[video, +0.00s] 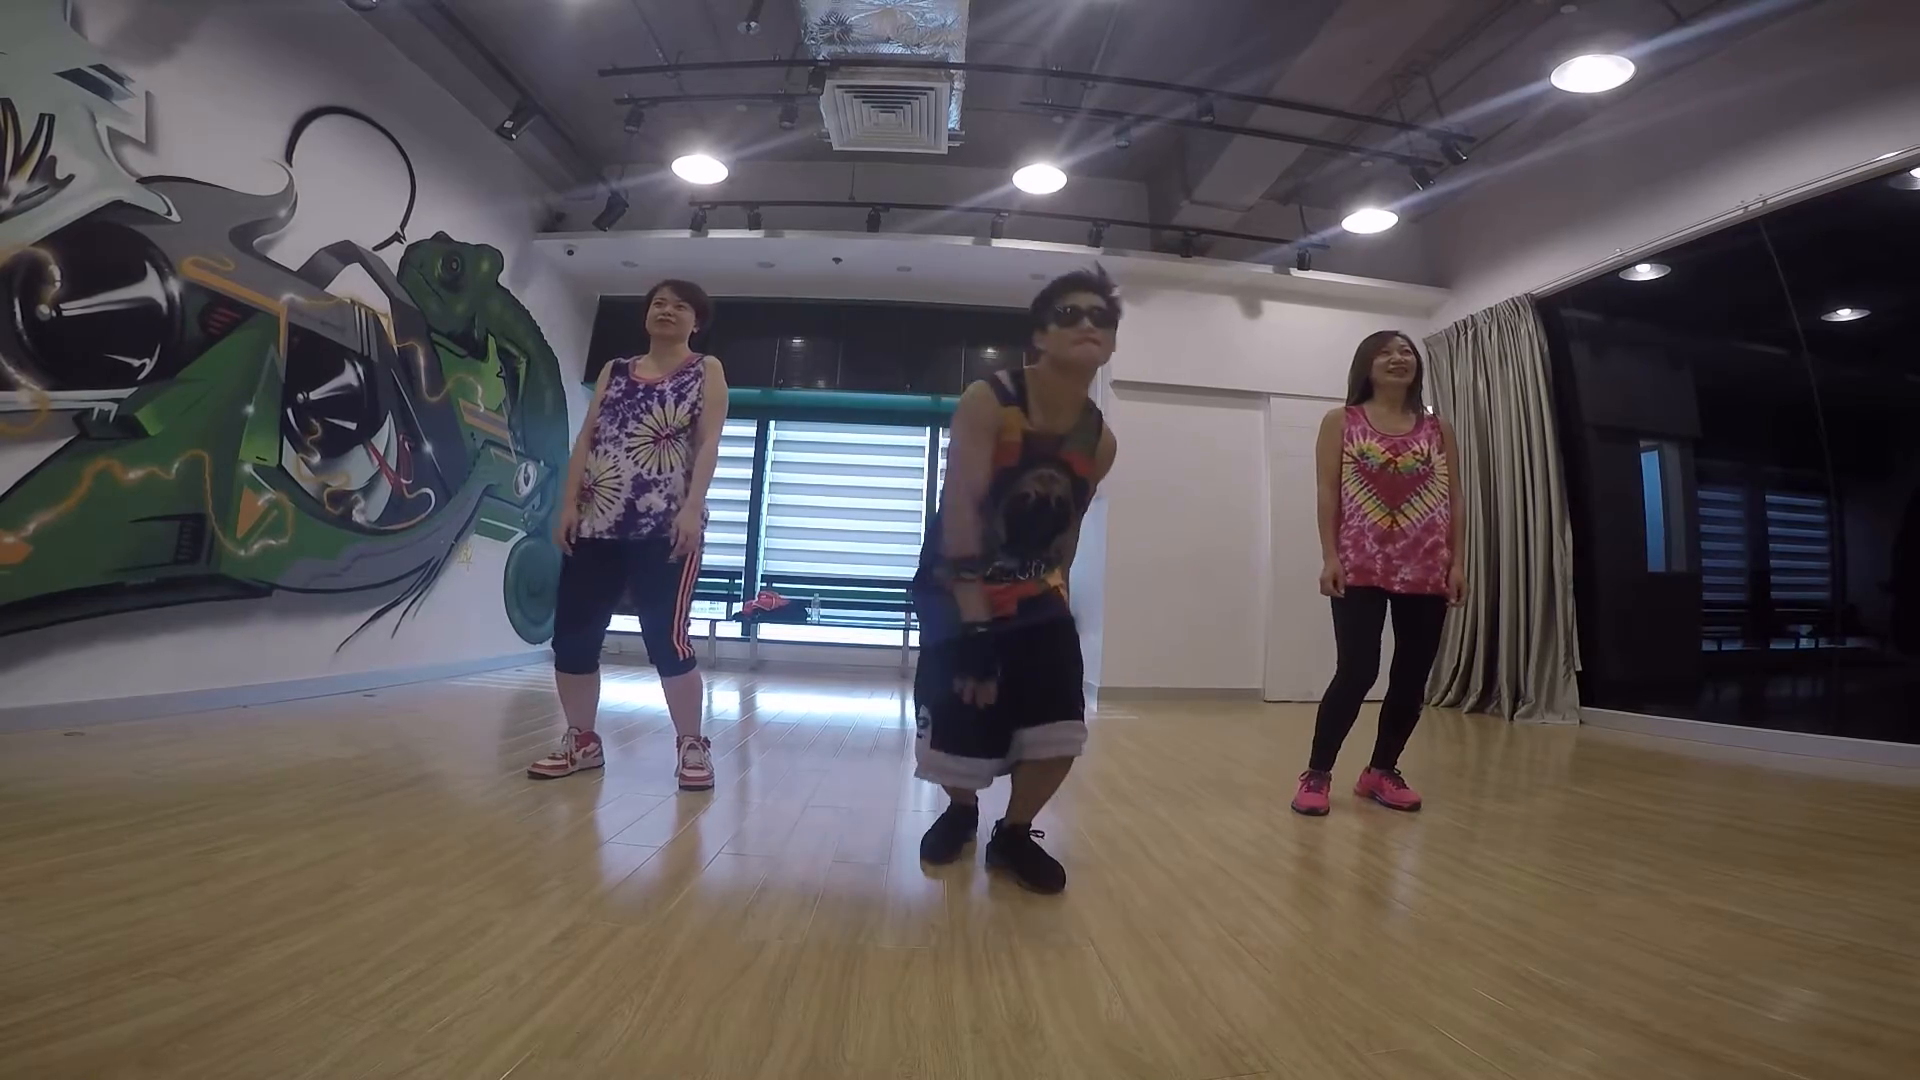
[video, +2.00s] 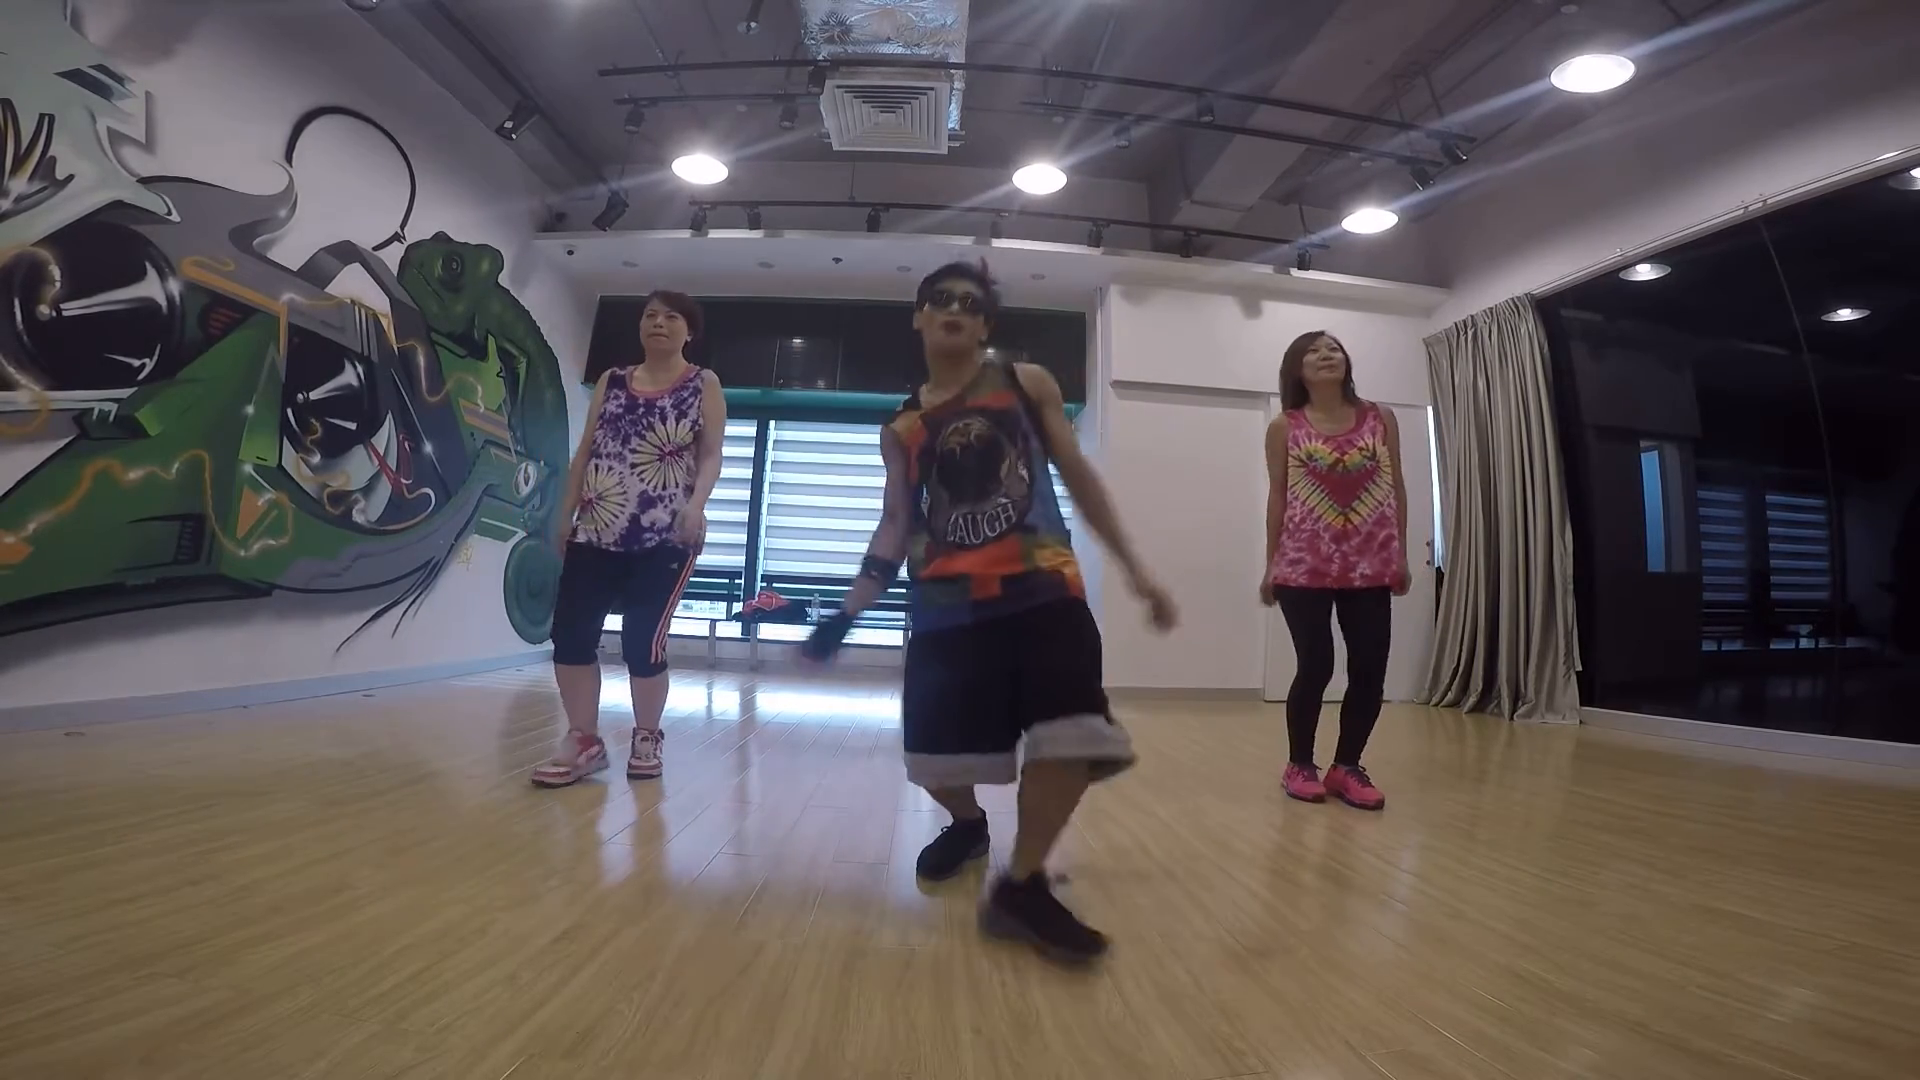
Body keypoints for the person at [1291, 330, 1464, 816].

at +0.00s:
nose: (1398, 358)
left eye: (1406, 353)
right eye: (1386, 352)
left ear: (1418, 368)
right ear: (1366, 366)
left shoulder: (1437, 428)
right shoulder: (1341, 421)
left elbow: (1453, 497)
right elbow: (1328, 491)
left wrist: (1456, 562)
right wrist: (1330, 557)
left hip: (1425, 570)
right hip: (1361, 567)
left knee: (1410, 677)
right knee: (1357, 672)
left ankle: (1381, 772)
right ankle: (1317, 775)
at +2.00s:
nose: (1326, 354)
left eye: (1334, 349)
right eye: (1313, 351)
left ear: (1348, 364)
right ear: (1296, 371)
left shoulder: (1379, 419)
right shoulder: (1285, 427)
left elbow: (1396, 490)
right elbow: (1278, 500)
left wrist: (1400, 558)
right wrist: (1272, 566)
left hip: (1368, 566)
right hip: (1302, 566)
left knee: (1369, 674)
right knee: (1316, 665)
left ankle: (1346, 768)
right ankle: (1300, 767)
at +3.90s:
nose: (1333, 369)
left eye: (1340, 364)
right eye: (1322, 364)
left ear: (1350, 378)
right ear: (1304, 379)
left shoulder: (1361, 437)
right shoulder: (1282, 424)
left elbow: (1365, 503)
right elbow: (1268, 481)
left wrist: (1373, 562)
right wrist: (1276, 534)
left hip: (1347, 569)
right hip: (1293, 564)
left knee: (1333, 665)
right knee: (1300, 659)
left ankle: (1312, 752)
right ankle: (1279, 755)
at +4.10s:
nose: (1336, 374)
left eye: (1344, 369)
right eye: (1324, 370)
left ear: (1354, 386)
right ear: (1308, 386)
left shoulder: (1367, 444)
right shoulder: (1288, 434)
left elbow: (1376, 512)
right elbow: (1275, 499)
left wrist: (1388, 573)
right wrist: (1274, 560)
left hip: (1353, 576)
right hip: (1301, 574)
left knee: (1349, 666)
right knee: (1338, 656)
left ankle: (1315, 752)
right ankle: (1292, 744)